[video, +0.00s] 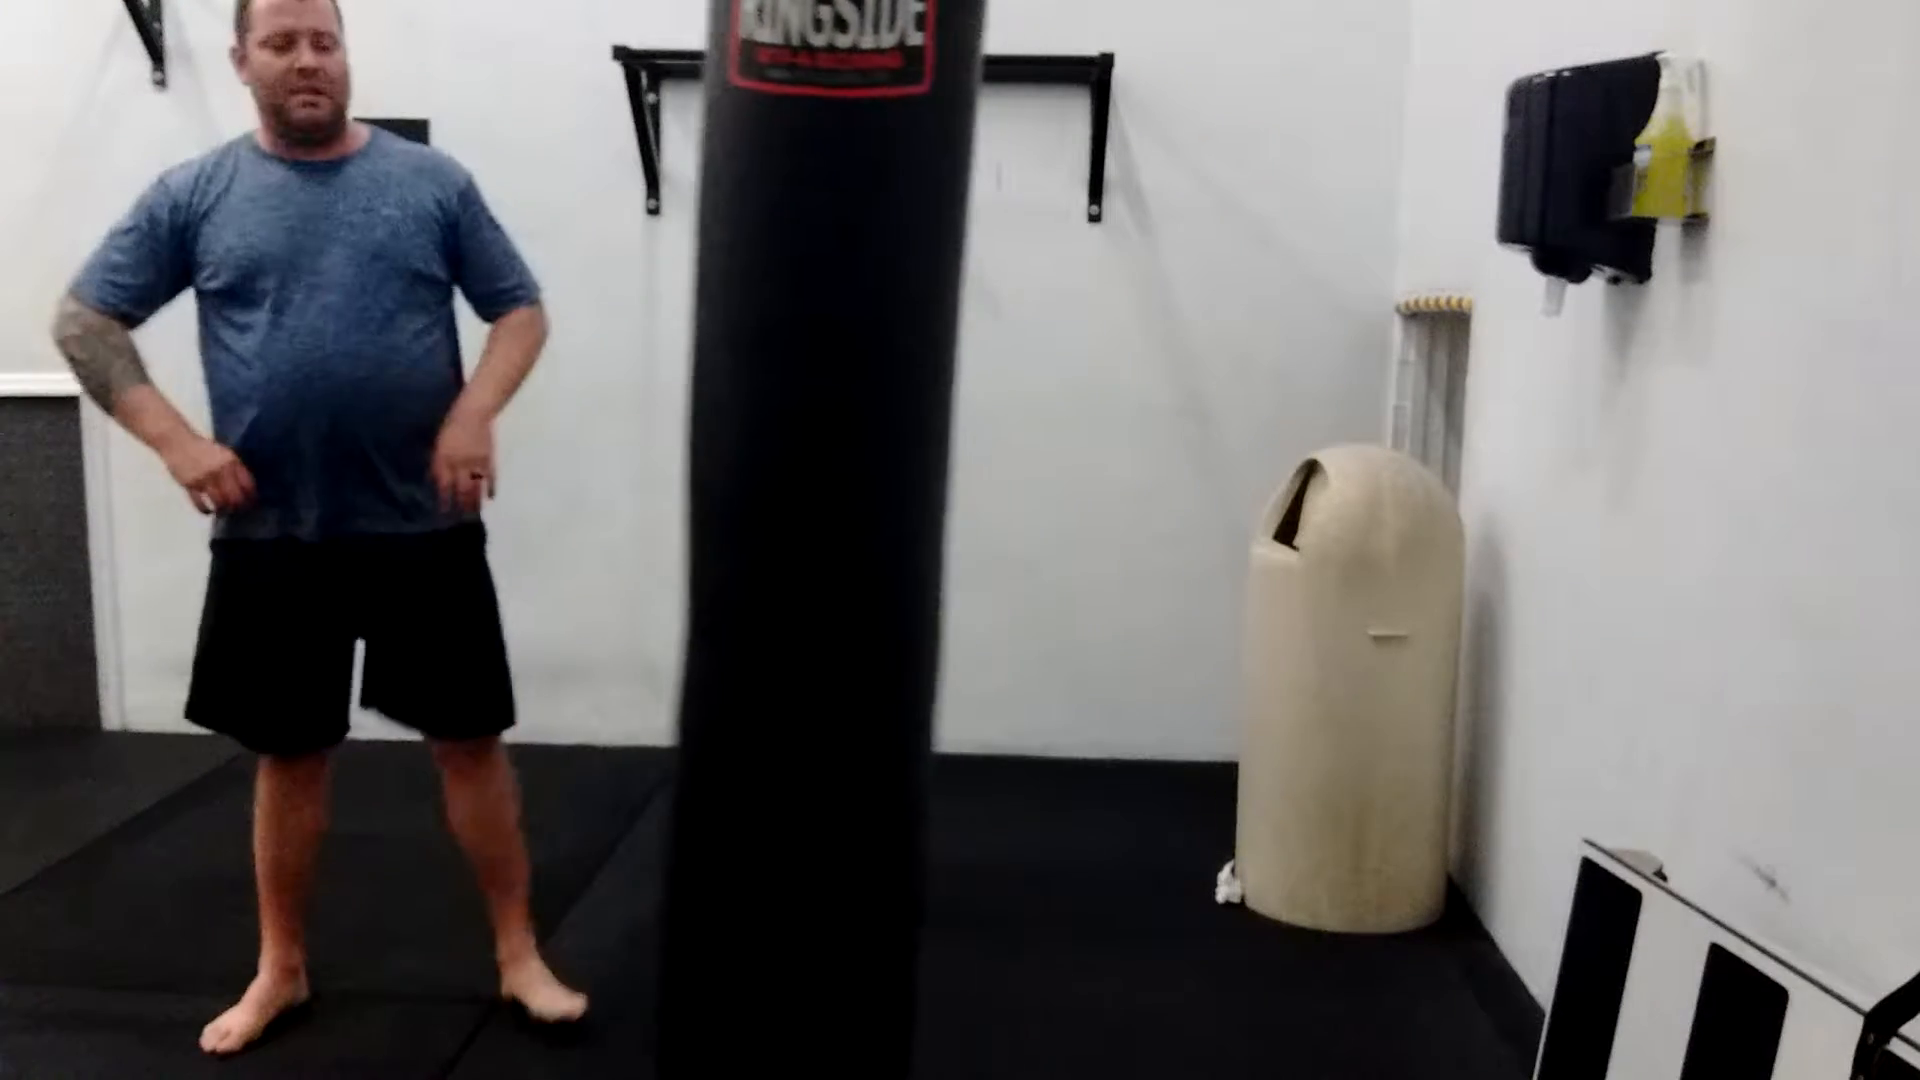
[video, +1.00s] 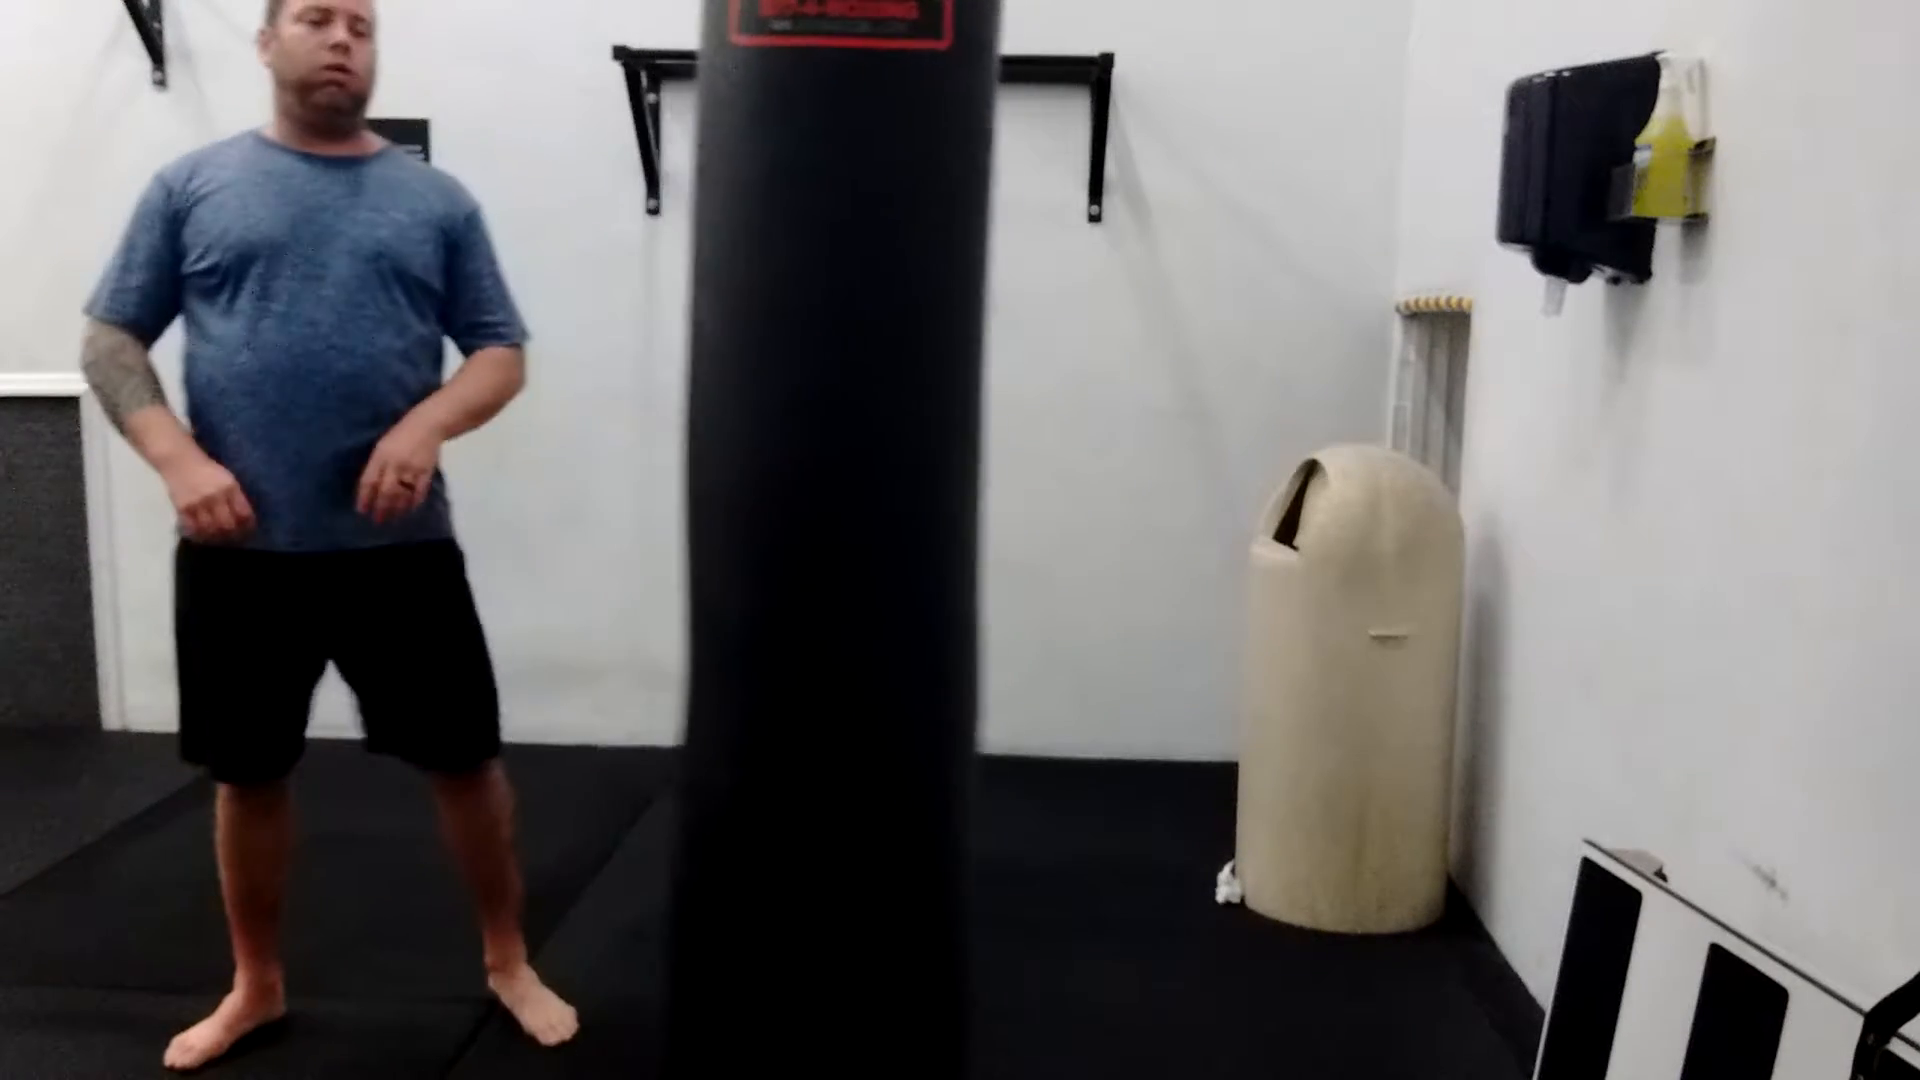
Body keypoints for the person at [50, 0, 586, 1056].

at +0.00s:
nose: (308, 60)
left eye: (324, 41)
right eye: (283, 43)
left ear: (348, 54)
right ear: (242, 62)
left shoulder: (429, 181)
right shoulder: (199, 193)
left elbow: (523, 312)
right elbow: (83, 319)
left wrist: (475, 409)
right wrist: (181, 443)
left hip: (423, 520)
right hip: (275, 529)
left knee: (471, 740)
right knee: (288, 755)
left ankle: (519, 954)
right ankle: (280, 969)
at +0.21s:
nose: (349, 46)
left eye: (367, 28)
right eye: (324, 28)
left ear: (394, 46)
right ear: (286, 52)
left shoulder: (472, 183)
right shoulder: (236, 193)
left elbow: (559, 321)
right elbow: (192, 348)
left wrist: (498, 405)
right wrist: (225, 425)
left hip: (447, 524)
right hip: (300, 528)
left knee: (481, 749)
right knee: (292, 757)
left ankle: (518, 965)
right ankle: (278, 969)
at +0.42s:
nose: (399, 30)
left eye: (421, 20)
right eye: (377, 15)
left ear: (447, 56)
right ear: (342, 47)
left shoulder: (515, 185)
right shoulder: (278, 176)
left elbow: (597, 332)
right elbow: (204, 330)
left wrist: (520, 401)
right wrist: (270, 453)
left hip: (471, 534)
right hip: (316, 529)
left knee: (494, 753)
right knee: (249, 749)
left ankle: (519, 956)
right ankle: (268, 958)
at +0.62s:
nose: (399, 28)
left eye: (423, 22)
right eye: (378, 15)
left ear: (447, 67)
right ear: (343, 51)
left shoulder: (507, 190)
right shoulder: (265, 175)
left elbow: (603, 332)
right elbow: (195, 326)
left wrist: (527, 404)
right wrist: (233, 461)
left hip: (457, 529)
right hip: (305, 525)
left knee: (487, 758)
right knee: (274, 773)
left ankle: (518, 960)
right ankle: (257, 984)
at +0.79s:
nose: (373, 30)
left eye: (395, 21)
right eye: (350, 15)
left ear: (418, 60)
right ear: (311, 47)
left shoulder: (477, 193)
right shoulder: (236, 177)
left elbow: (551, 350)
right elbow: (156, 328)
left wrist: (470, 417)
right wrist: (196, 454)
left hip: (433, 537)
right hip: (281, 533)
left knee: (475, 761)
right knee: (264, 770)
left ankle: (515, 966)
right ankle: (256, 987)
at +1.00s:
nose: (341, 36)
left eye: (358, 26)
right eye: (316, 19)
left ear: (374, 58)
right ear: (267, 47)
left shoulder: (436, 199)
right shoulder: (193, 186)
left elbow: (502, 356)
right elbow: (108, 341)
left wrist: (424, 425)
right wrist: (179, 459)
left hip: (400, 547)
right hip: (245, 551)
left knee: (468, 764)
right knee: (247, 778)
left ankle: (509, 963)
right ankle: (255, 985)